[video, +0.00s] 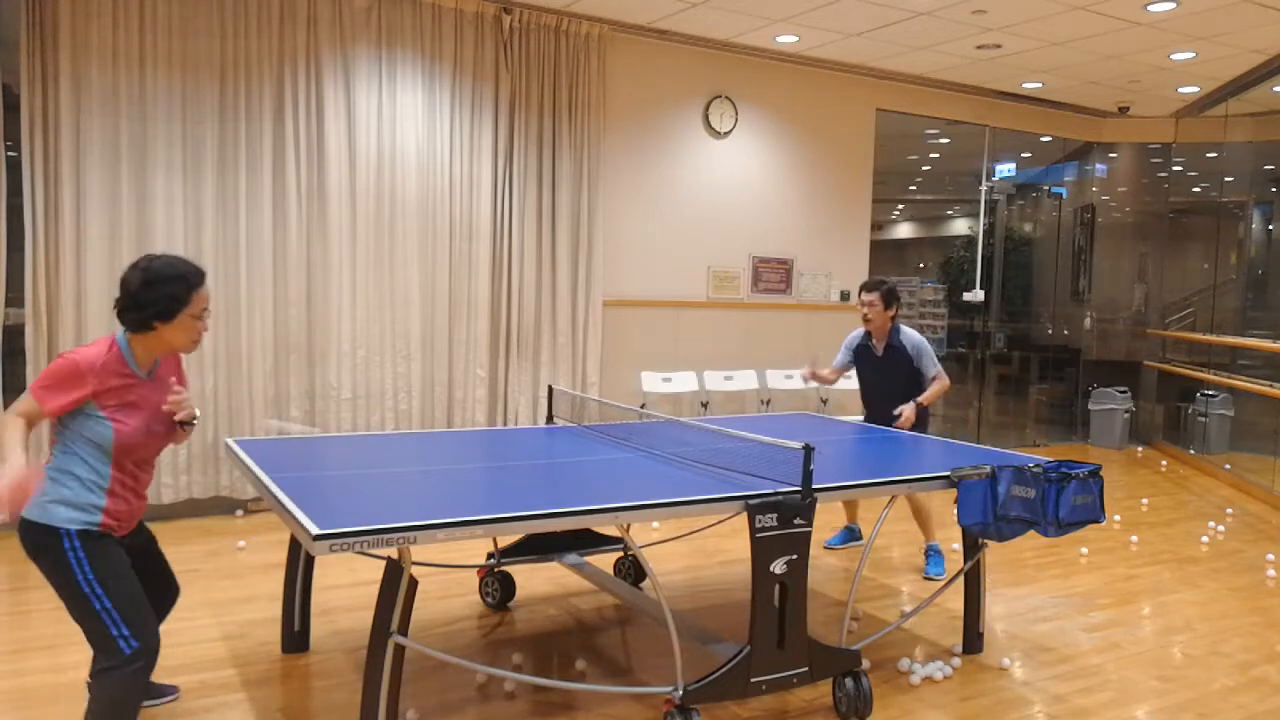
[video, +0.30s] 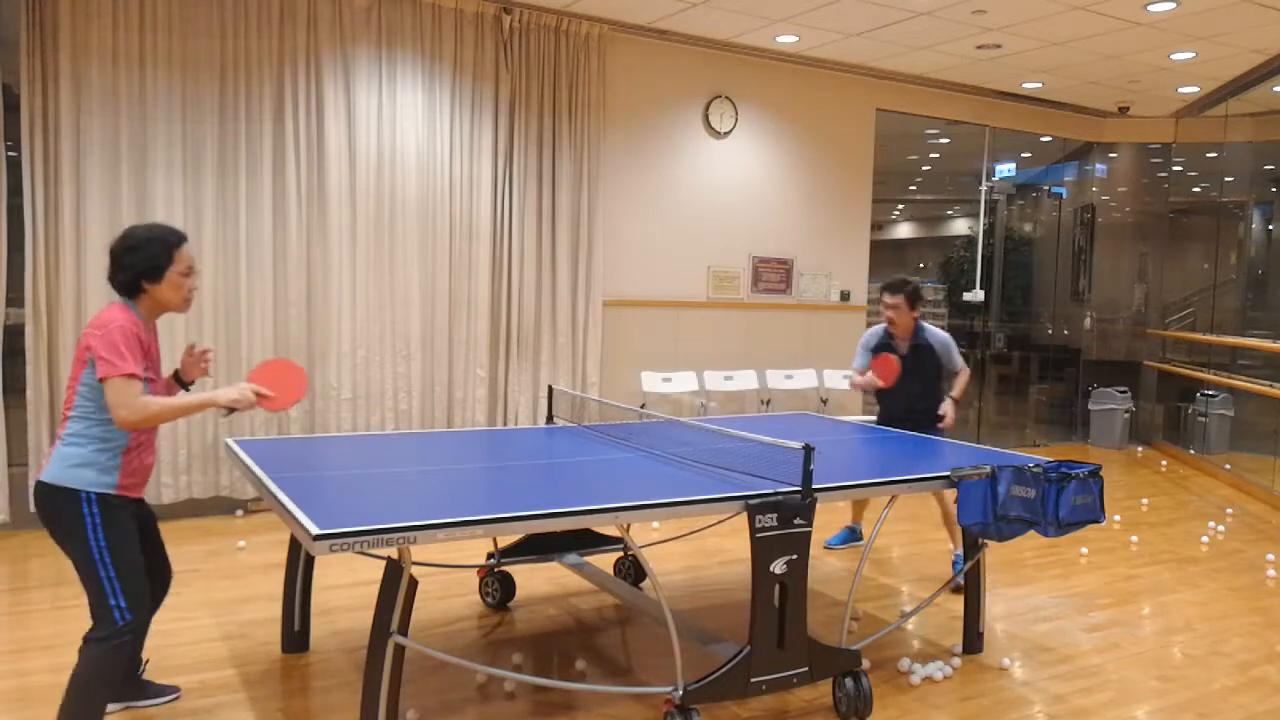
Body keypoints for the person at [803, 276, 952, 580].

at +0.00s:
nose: (865, 311)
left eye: (872, 305)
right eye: (862, 305)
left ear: (891, 311)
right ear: (859, 307)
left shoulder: (912, 341)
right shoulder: (856, 340)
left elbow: (942, 382)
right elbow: (834, 375)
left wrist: (916, 405)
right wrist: (815, 375)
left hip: (909, 429)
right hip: (872, 427)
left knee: (911, 485)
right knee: (844, 470)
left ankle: (932, 548)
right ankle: (852, 527)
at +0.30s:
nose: (888, 314)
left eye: (895, 308)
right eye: (885, 307)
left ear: (915, 311)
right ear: (881, 307)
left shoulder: (938, 340)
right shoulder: (873, 337)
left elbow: (963, 372)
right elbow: (855, 379)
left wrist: (952, 400)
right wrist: (868, 382)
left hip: (928, 430)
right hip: (887, 428)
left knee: (943, 491)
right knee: (862, 472)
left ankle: (960, 554)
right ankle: (854, 528)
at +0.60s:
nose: (936, 324)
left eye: (944, 317)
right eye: (931, 316)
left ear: (962, 316)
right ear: (924, 313)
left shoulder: (979, 340)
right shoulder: (909, 339)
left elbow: (995, 368)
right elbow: (883, 381)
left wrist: (1001, 396)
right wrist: (899, 394)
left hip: (960, 428)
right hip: (916, 427)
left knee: (965, 492)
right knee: (889, 473)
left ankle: (965, 562)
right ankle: (881, 531)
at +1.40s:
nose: (897, 307)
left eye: (904, 300)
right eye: (894, 301)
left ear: (926, 303)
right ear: (894, 305)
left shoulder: (950, 331)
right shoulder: (914, 339)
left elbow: (991, 370)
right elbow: (930, 385)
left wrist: (952, 395)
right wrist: (901, 413)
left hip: (971, 432)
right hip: (939, 430)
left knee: (968, 500)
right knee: (914, 477)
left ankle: (983, 571)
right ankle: (916, 545)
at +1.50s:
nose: (895, 313)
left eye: (901, 305)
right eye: (893, 306)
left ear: (924, 305)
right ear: (910, 308)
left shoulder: (943, 332)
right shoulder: (926, 336)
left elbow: (988, 371)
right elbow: (952, 377)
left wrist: (947, 398)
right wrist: (937, 403)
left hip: (971, 434)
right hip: (945, 431)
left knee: (970, 502)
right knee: (917, 479)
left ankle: (994, 573)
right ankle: (917, 545)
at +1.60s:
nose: (899, 321)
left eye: (904, 313)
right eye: (897, 314)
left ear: (928, 310)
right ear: (926, 313)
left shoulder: (948, 338)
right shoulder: (945, 333)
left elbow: (992, 379)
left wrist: (948, 406)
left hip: (973, 435)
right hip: (954, 432)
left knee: (952, 506)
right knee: (917, 479)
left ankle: (998, 575)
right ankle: (916, 544)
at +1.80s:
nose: (939, 305)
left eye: (942, 298)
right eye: (938, 298)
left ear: (964, 295)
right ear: (964, 296)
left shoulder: (990, 330)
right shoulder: (972, 325)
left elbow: (1018, 382)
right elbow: (970, 360)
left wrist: (965, 385)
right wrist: (927, 356)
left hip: (985, 429)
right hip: (961, 421)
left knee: (977, 504)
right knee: (928, 468)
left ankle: (1003, 578)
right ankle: (928, 529)